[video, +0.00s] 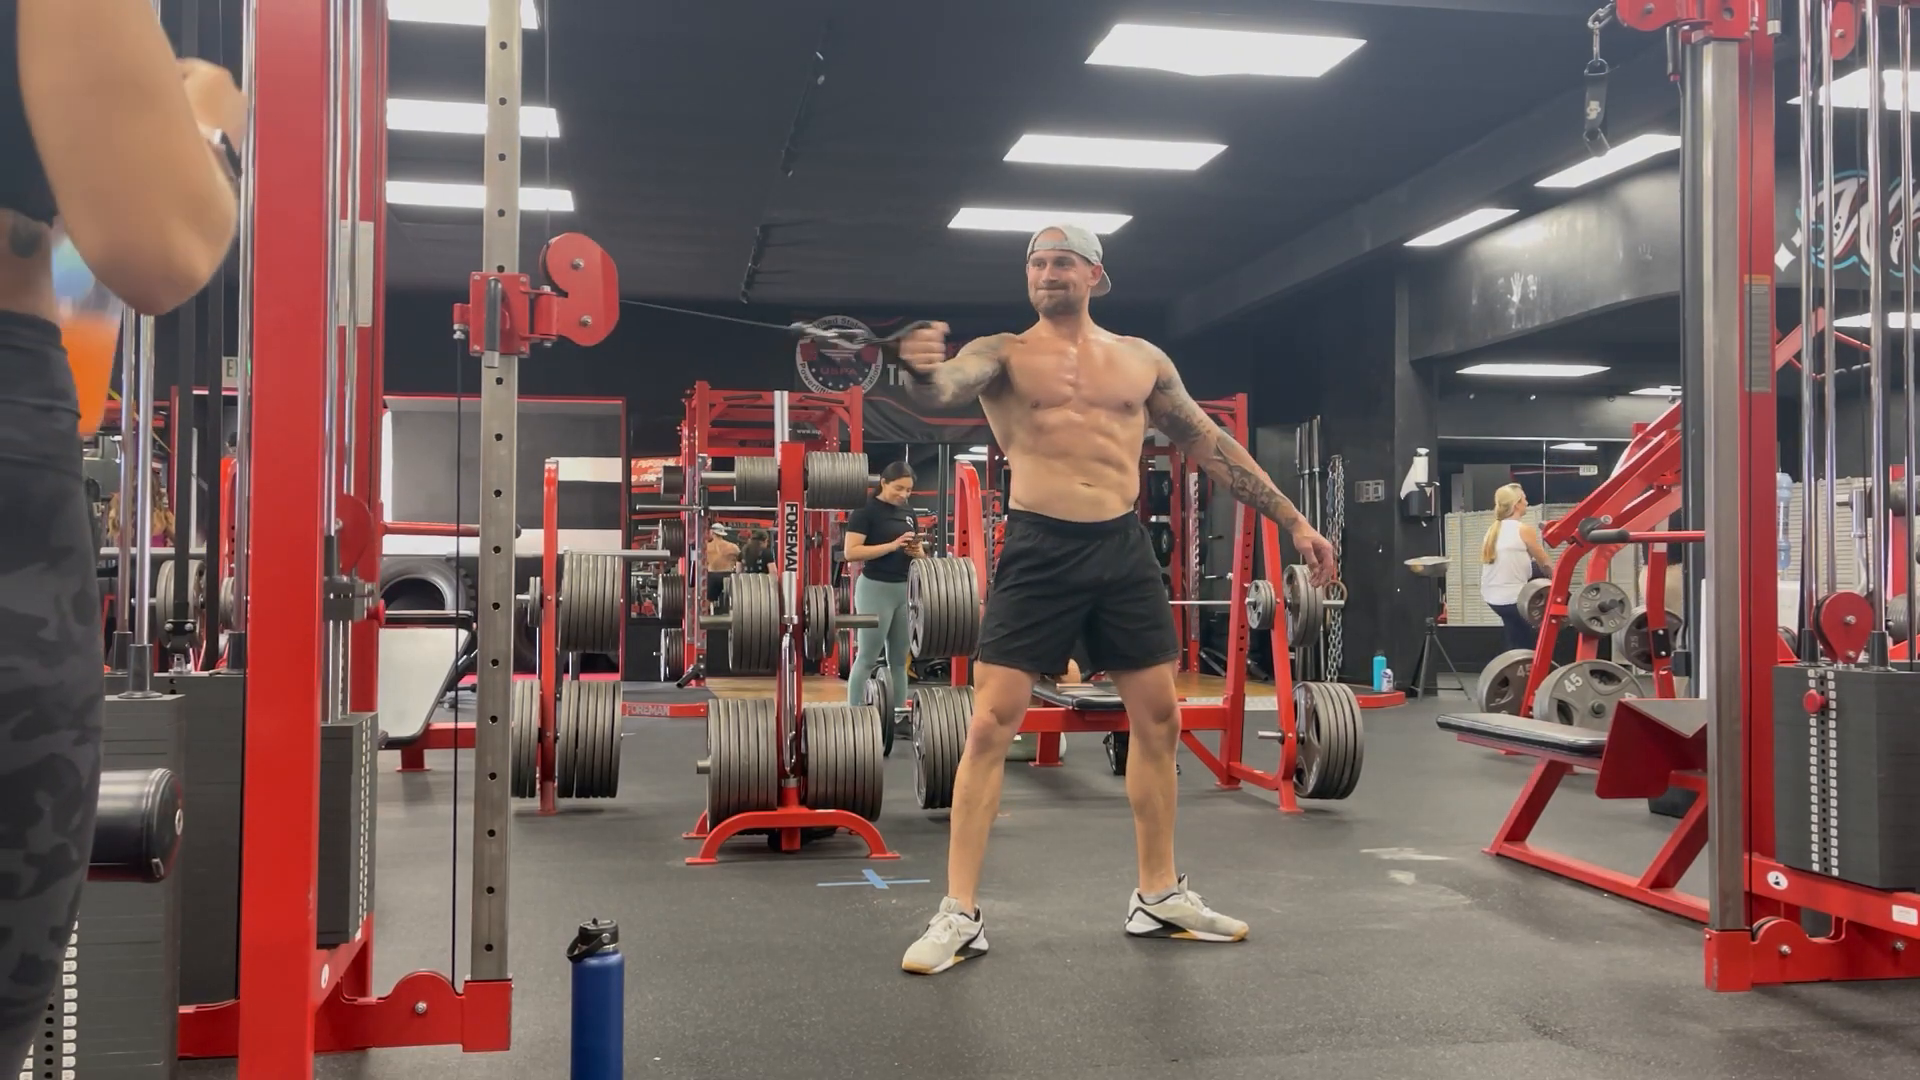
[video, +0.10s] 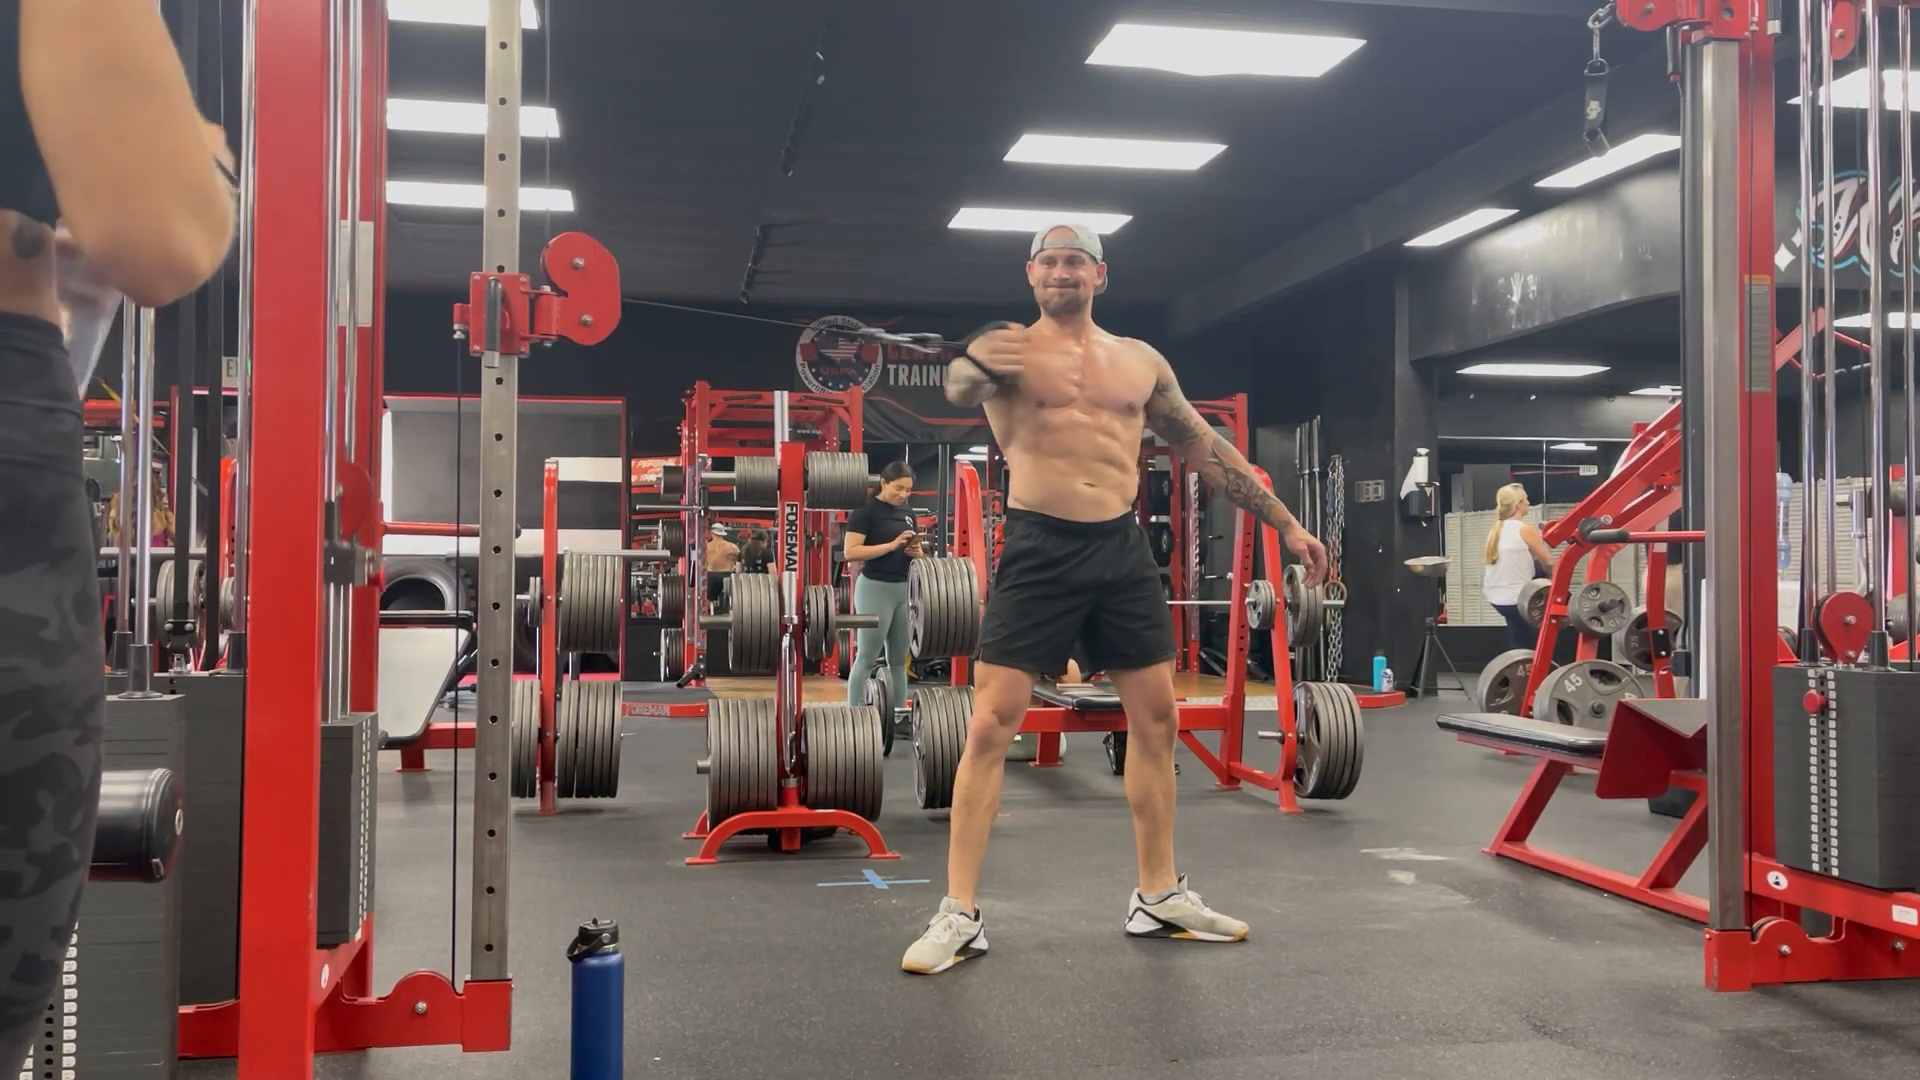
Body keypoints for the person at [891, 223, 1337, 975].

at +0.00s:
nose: (1050, 270)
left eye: (1065, 260)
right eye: (1039, 260)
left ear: (1096, 279)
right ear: (1026, 278)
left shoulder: (1143, 360)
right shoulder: (1000, 351)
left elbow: (1217, 448)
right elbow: (936, 394)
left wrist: (1297, 523)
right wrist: (915, 368)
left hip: (1124, 550)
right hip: (1035, 550)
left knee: (1159, 719)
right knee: (989, 724)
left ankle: (1158, 894)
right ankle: (959, 910)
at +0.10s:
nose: (1062, 268)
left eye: (1076, 258)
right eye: (1049, 258)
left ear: (1100, 278)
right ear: (1029, 276)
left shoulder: (1142, 361)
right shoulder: (1003, 344)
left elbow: (1214, 454)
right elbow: (955, 388)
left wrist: (1291, 526)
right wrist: (986, 368)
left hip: (1122, 550)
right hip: (1035, 550)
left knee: (1157, 719)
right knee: (989, 725)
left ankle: (1158, 895)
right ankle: (959, 910)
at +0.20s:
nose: (1077, 273)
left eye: (1089, 262)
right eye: (1064, 261)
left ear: (1106, 279)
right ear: (1036, 275)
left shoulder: (1139, 362)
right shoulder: (1004, 348)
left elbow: (1202, 458)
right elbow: (1001, 389)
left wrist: (1271, 532)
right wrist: (1058, 372)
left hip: (1122, 552)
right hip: (1038, 550)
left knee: (1154, 718)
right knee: (990, 726)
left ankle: (1158, 894)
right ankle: (959, 909)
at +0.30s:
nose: (1088, 274)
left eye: (1098, 265)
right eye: (1073, 262)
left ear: (1109, 280)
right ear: (1040, 276)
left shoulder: (1130, 368)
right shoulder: (1008, 348)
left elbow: (1188, 468)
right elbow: (1041, 393)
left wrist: (1249, 541)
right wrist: (1140, 374)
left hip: (1121, 554)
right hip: (1039, 549)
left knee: (1152, 718)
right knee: (991, 729)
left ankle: (1158, 894)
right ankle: (958, 910)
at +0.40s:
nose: (1099, 278)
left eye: (1108, 268)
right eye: (1084, 265)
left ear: (1115, 281)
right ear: (1046, 275)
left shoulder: (1128, 372)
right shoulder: (1015, 348)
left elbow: (1167, 474)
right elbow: (1081, 390)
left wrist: (1222, 549)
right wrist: (1202, 381)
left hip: (1122, 553)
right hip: (1043, 548)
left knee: (1151, 719)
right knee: (995, 731)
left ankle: (1159, 894)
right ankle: (959, 908)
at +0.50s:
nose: (1112, 281)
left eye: (1119, 271)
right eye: (1097, 266)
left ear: (1119, 284)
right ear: (1055, 274)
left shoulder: (1121, 372)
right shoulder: (1024, 347)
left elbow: (1144, 474)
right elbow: (1110, 390)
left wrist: (1191, 552)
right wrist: (1248, 390)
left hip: (1124, 552)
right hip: (1046, 549)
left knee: (1152, 720)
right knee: (1000, 733)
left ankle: (1158, 894)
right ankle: (959, 910)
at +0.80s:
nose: (1136, 295)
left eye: (1140, 283)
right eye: (1128, 280)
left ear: (1092, 278)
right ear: (1087, 274)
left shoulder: (1099, 353)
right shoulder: (1067, 339)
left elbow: (1185, 413)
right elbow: (1173, 399)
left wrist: (1268, 413)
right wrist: (1271, 410)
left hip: (1120, 551)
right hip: (1056, 549)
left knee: (1151, 720)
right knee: (1014, 734)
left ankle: (1159, 894)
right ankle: (961, 909)